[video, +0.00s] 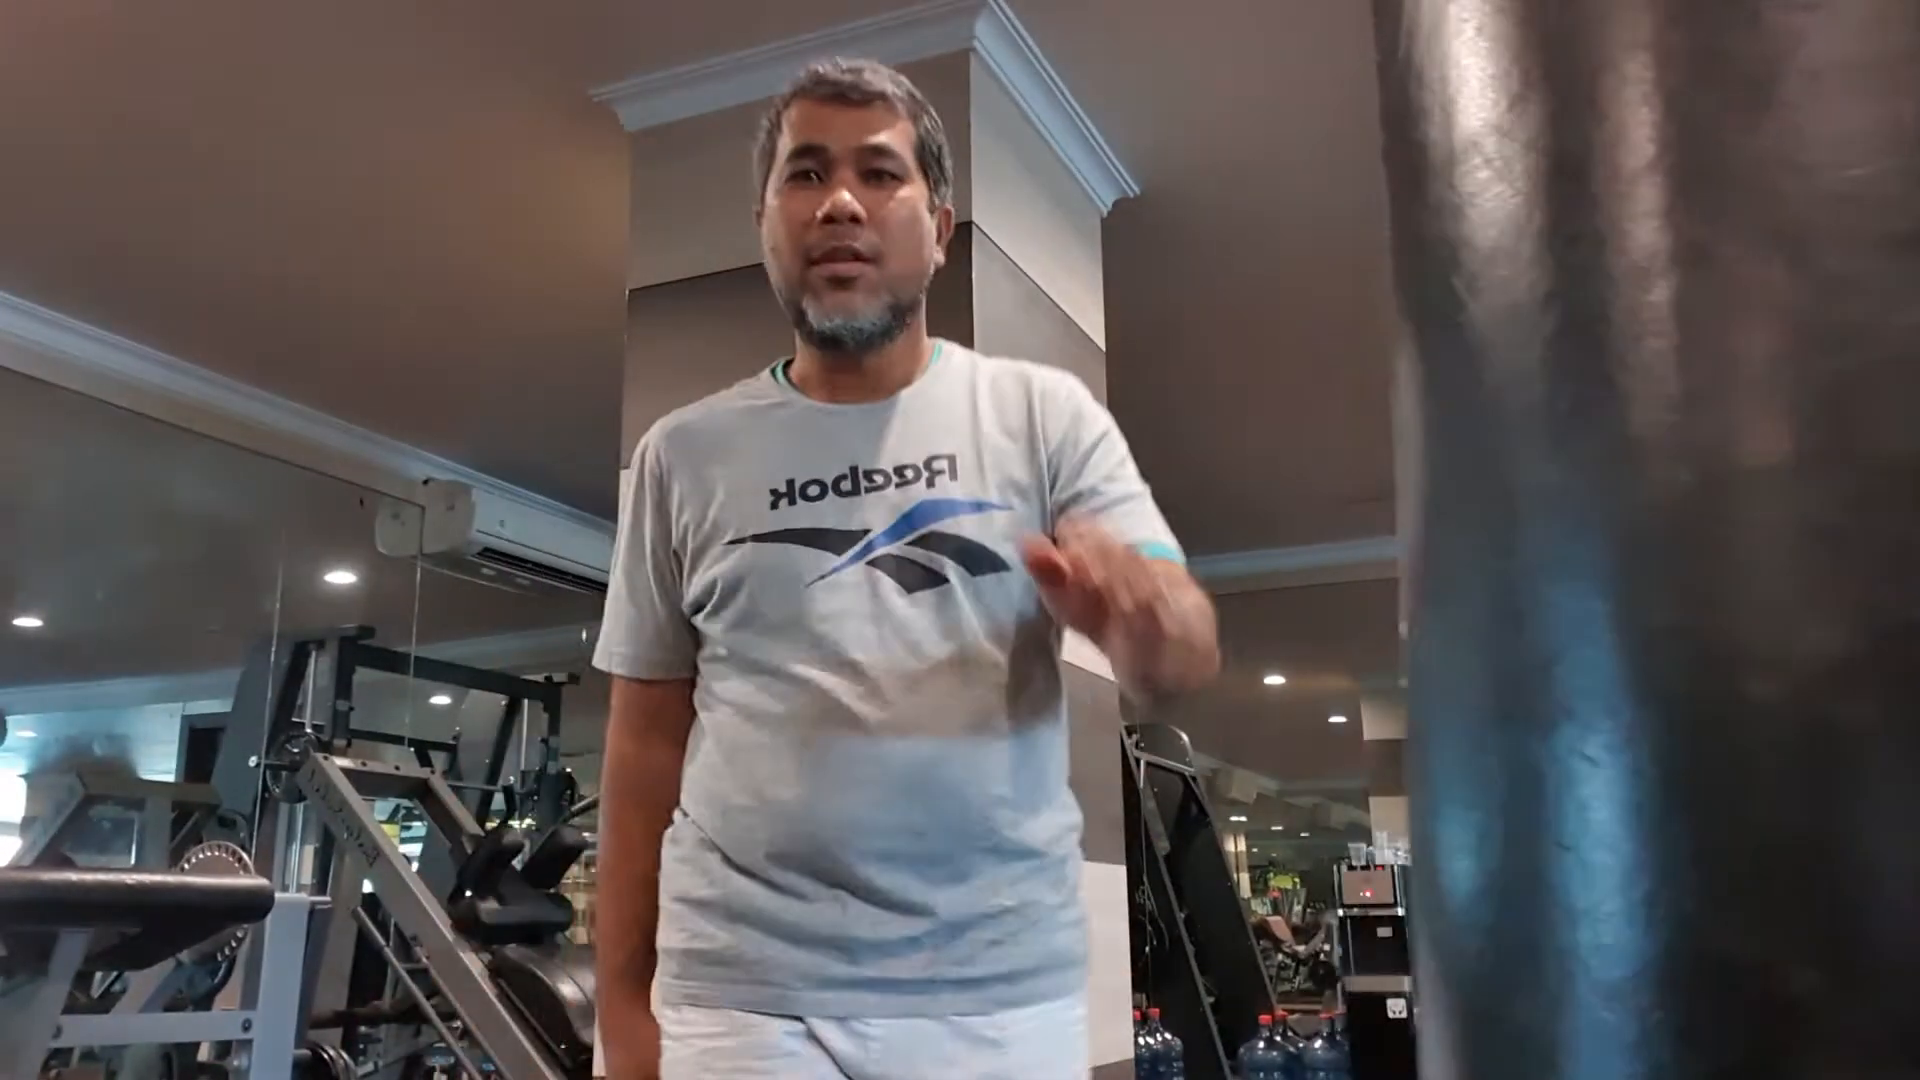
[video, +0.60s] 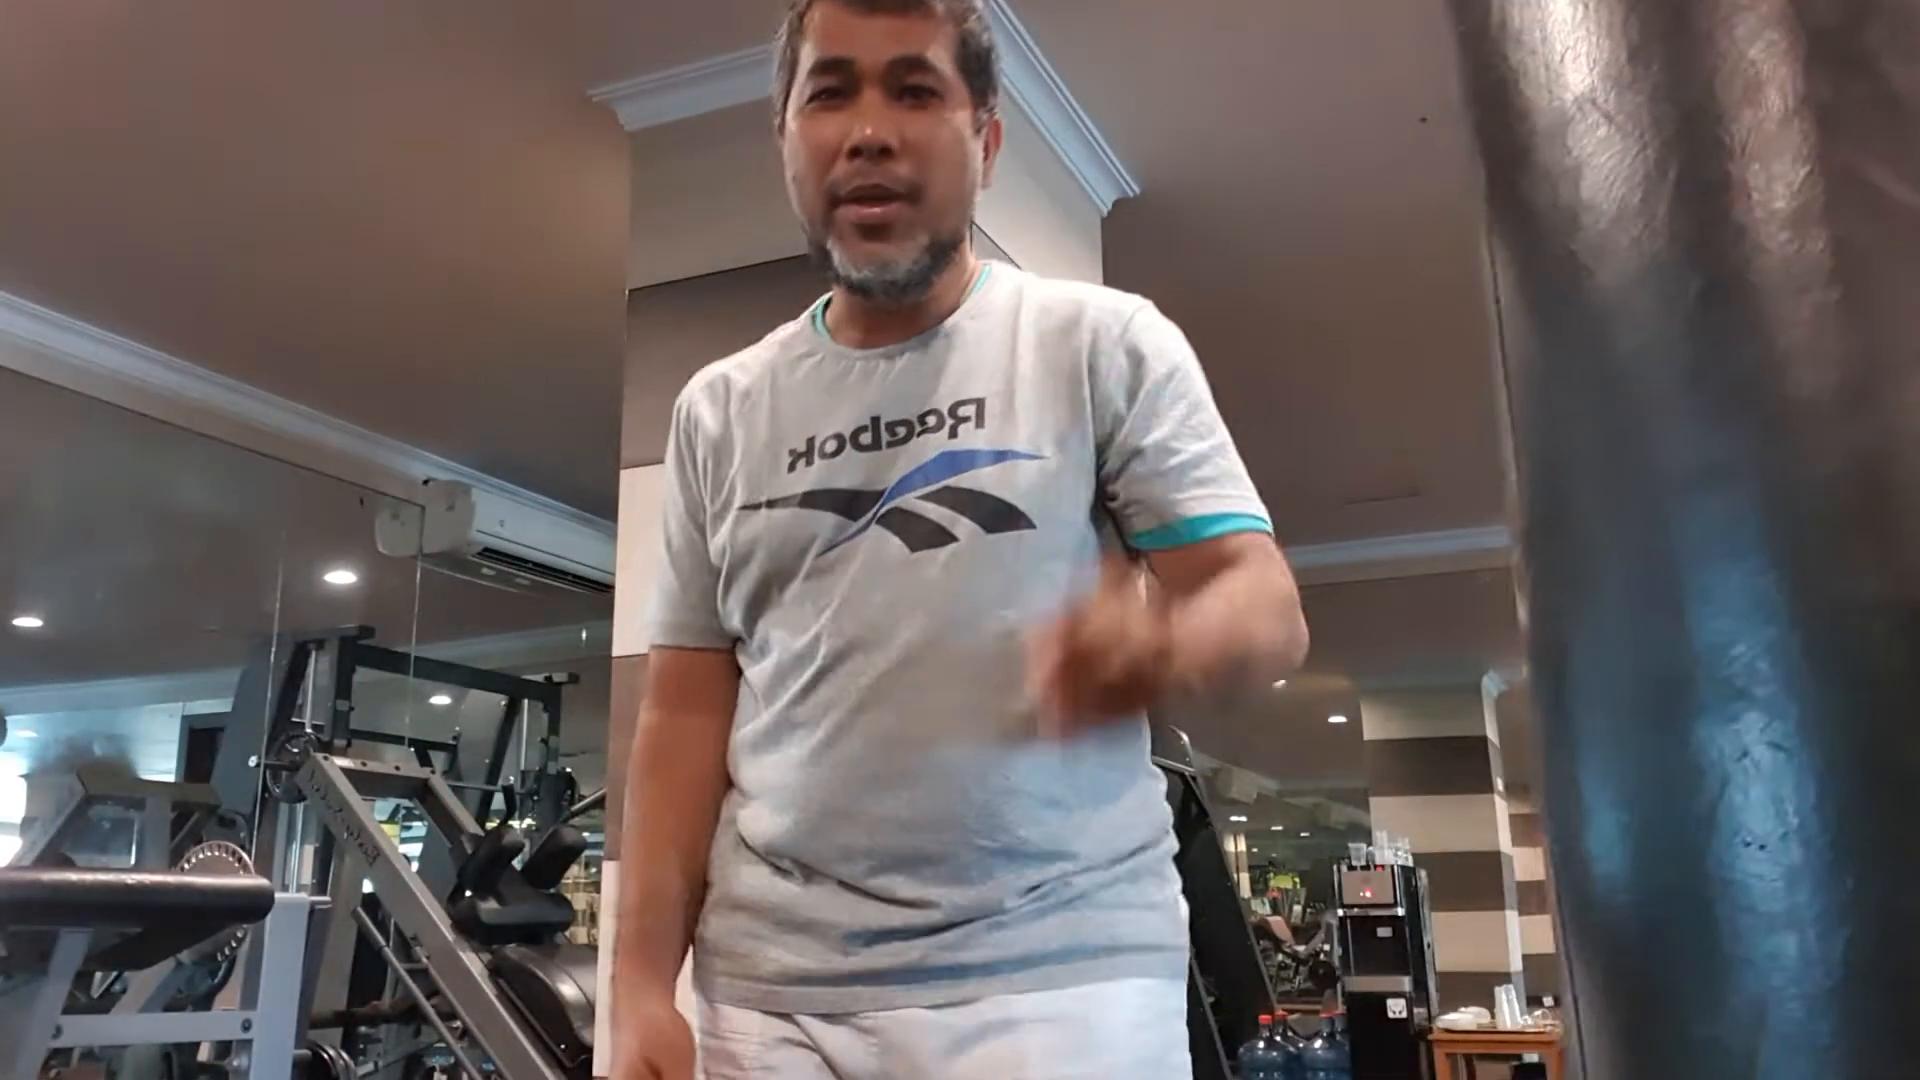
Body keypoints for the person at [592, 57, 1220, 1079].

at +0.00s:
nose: (839, 202)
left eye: (879, 174)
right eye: (805, 173)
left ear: (941, 228)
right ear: (764, 225)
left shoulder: (1046, 416)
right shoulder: (681, 458)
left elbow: (1189, 664)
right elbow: (646, 733)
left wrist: (1135, 612)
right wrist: (624, 1004)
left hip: (999, 1007)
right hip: (745, 1006)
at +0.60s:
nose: (869, 131)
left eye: (915, 91)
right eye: (831, 93)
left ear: (985, 140)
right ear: (786, 139)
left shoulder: (1107, 347)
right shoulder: (722, 412)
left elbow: (1264, 601)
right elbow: (683, 708)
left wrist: (1165, 643)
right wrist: (640, 986)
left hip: (1055, 992)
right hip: (770, 1000)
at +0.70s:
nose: (880, 119)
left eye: (928, 81)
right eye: (842, 81)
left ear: (999, 131)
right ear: (798, 129)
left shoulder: (1119, 345)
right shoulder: (728, 399)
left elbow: (1258, 606)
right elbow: (690, 693)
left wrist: (1194, 780)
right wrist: (645, 978)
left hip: (1058, 1001)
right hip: (775, 1006)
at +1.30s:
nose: (872, 179)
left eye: (925, 120)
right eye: (827, 122)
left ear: (1007, 138)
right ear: (774, 141)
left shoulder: (1153, 339)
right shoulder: (726, 382)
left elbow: (1312, 610)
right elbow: (689, 617)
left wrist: (1259, 908)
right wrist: (667, 837)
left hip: (1083, 1007)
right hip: (797, 1004)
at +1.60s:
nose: (862, 228)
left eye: (918, 165)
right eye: (815, 167)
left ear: (1001, 197)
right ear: (759, 194)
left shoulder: (1151, 416)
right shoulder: (703, 437)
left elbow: (1259, 743)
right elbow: (653, 672)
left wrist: (1178, 1053)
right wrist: (671, 929)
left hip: (1091, 1020)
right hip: (809, 1013)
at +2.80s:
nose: (869, 214)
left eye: (925, 162)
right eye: (821, 159)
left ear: (1005, 204)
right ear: (765, 197)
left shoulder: (1125, 439)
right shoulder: (686, 437)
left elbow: (1223, 815)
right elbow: (603, 733)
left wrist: (1204, 1067)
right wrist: (760, 936)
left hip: (1063, 1000)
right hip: (792, 991)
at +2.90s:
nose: (867, 211)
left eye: (923, 160)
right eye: (819, 157)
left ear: (1003, 203)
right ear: (763, 193)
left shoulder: (1121, 438)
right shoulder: (687, 433)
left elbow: (1178, 850)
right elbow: (652, 780)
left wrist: (1170, 1072)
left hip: (1050, 1026)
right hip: (777, 1015)